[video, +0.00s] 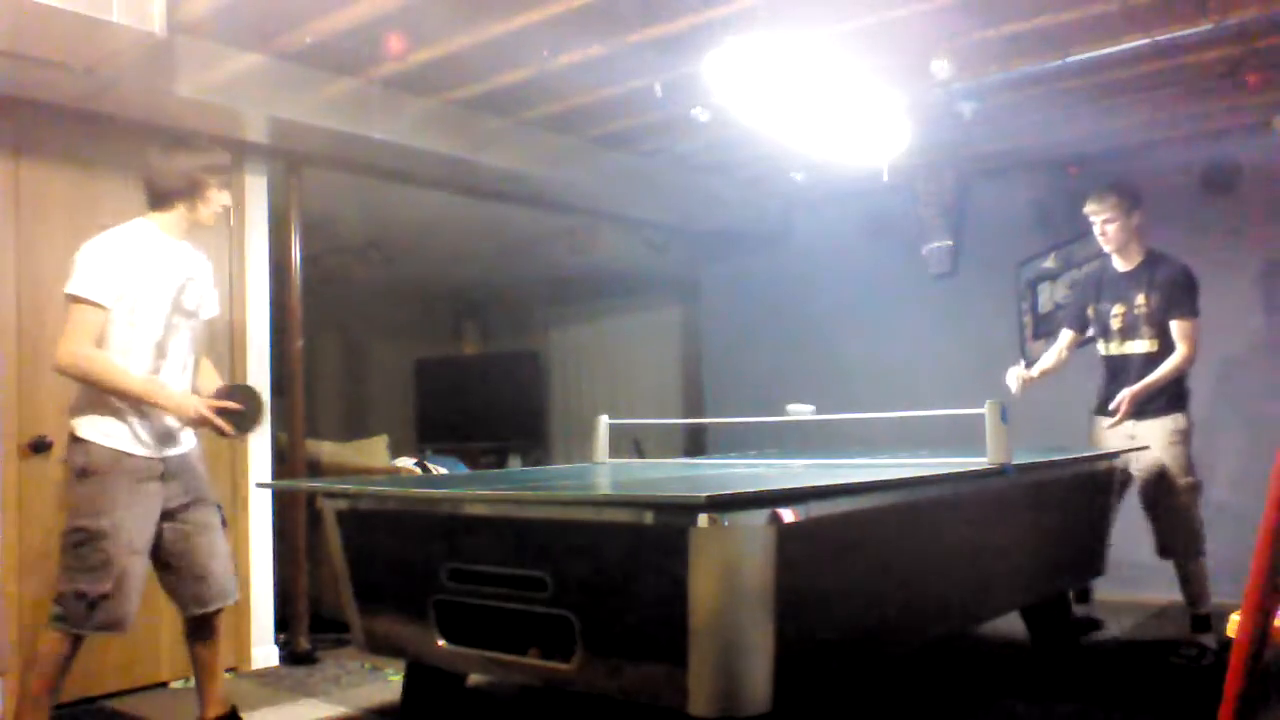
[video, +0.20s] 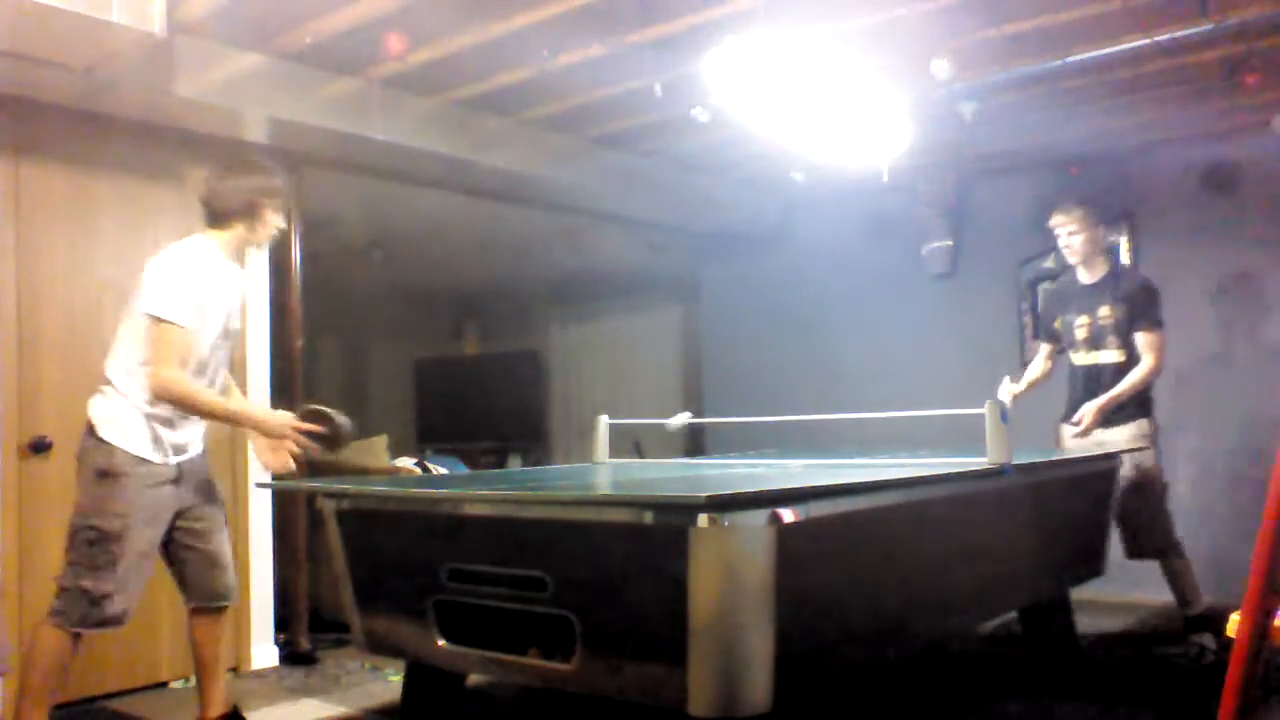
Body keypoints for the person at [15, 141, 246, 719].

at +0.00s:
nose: (228, 199)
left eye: (227, 186)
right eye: (220, 186)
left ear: (196, 190)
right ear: (186, 188)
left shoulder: (198, 268)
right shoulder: (110, 251)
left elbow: (191, 356)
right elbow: (72, 353)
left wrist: (221, 398)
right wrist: (171, 399)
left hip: (177, 448)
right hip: (110, 448)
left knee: (209, 591)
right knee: (85, 598)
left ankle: (215, 712)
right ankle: (30, 713)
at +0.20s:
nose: (284, 224)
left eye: (283, 210)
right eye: (277, 210)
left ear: (244, 209)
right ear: (250, 209)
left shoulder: (229, 276)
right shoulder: (187, 265)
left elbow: (211, 373)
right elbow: (164, 379)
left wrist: (257, 431)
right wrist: (257, 418)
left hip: (184, 450)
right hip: (127, 448)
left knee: (212, 591)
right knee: (81, 602)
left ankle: (215, 712)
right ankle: (29, 714)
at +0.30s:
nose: (311, 242)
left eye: (312, 230)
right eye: (305, 228)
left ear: (266, 228)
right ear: (276, 227)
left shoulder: (248, 281)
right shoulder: (228, 276)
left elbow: (228, 386)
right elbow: (224, 394)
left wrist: (261, 451)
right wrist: (315, 428)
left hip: (190, 451)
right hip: (135, 443)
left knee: (220, 586)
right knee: (87, 596)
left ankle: (217, 711)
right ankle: (27, 713)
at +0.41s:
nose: (334, 255)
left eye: (335, 245)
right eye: (330, 243)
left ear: (284, 239)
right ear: (301, 242)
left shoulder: (249, 284)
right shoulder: (267, 292)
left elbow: (208, 386)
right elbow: (292, 408)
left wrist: (249, 456)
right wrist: (386, 435)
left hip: (193, 455)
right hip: (142, 446)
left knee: (222, 586)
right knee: (84, 597)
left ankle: (218, 710)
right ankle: (27, 711)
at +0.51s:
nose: (345, 263)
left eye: (347, 252)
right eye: (341, 250)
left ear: (295, 242)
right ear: (314, 244)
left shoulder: (256, 284)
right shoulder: (292, 295)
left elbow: (206, 372)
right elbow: (352, 391)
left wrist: (231, 449)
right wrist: (448, 409)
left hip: (195, 454)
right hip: (149, 442)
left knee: (221, 582)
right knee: (86, 587)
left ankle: (219, 708)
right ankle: (8, 699)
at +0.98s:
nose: (311, 200)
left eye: (308, 190)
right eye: (303, 190)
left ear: (257, 197)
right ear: (278, 198)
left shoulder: (243, 250)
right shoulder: (253, 247)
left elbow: (195, 344)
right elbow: (271, 361)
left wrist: (229, 453)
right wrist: (374, 368)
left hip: (208, 443)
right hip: (168, 429)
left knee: (230, 585)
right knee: (128, 588)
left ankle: (224, 710)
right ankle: (35, 710)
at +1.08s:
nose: (293, 193)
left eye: (290, 181)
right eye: (285, 181)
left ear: (236, 186)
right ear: (260, 187)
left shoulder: (242, 249)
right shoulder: (224, 242)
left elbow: (210, 368)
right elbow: (180, 358)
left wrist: (231, 456)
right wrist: (286, 405)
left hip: (202, 451)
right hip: (159, 437)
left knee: (222, 592)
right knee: (126, 606)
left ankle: (222, 708)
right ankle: (65, 715)